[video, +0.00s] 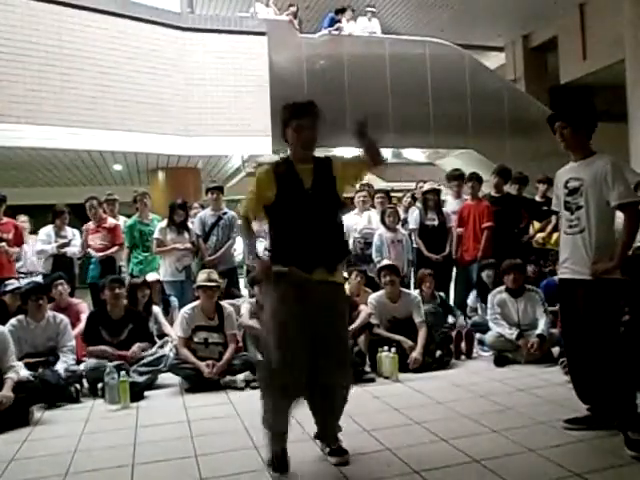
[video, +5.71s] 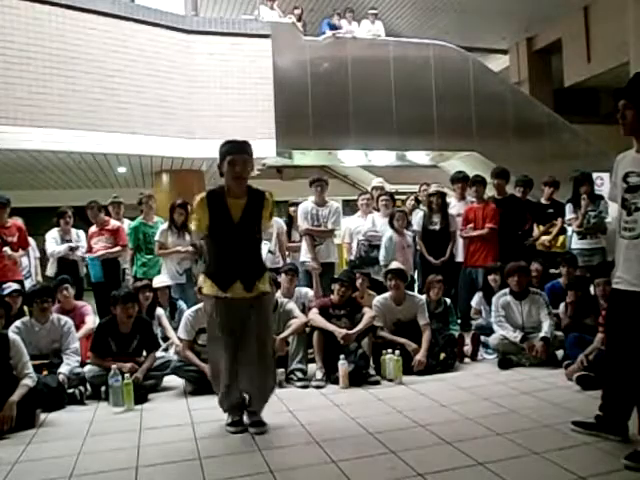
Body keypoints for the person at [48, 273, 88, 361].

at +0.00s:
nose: (60, 289)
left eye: (62, 285)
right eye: (56, 287)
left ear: (69, 289)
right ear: (51, 293)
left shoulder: (80, 305)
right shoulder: (49, 309)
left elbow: (83, 322)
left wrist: (71, 335)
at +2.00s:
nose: (62, 292)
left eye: (65, 287)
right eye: (58, 290)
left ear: (70, 290)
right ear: (53, 295)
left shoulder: (81, 306)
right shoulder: (51, 311)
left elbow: (88, 324)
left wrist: (72, 337)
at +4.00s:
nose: (65, 293)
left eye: (67, 288)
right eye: (60, 291)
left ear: (73, 291)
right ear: (56, 296)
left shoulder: (83, 307)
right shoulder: (53, 312)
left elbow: (90, 325)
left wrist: (74, 338)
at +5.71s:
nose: (65, 293)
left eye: (67, 289)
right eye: (61, 291)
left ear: (73, 291)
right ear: (57, 296)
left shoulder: (84, 307)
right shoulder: (54, 311)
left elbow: (90, 325)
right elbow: (51, 330)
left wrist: (75, 338)